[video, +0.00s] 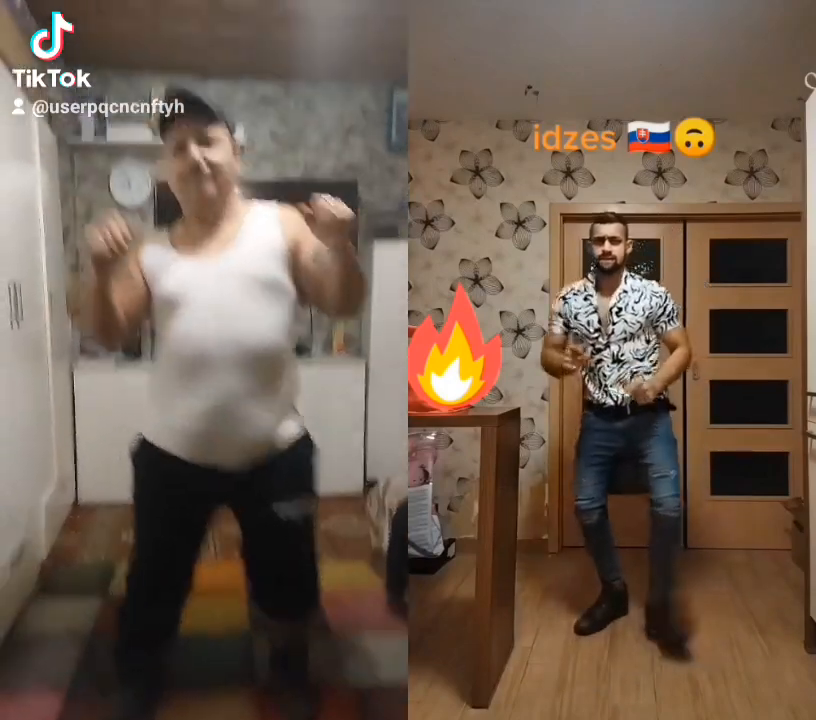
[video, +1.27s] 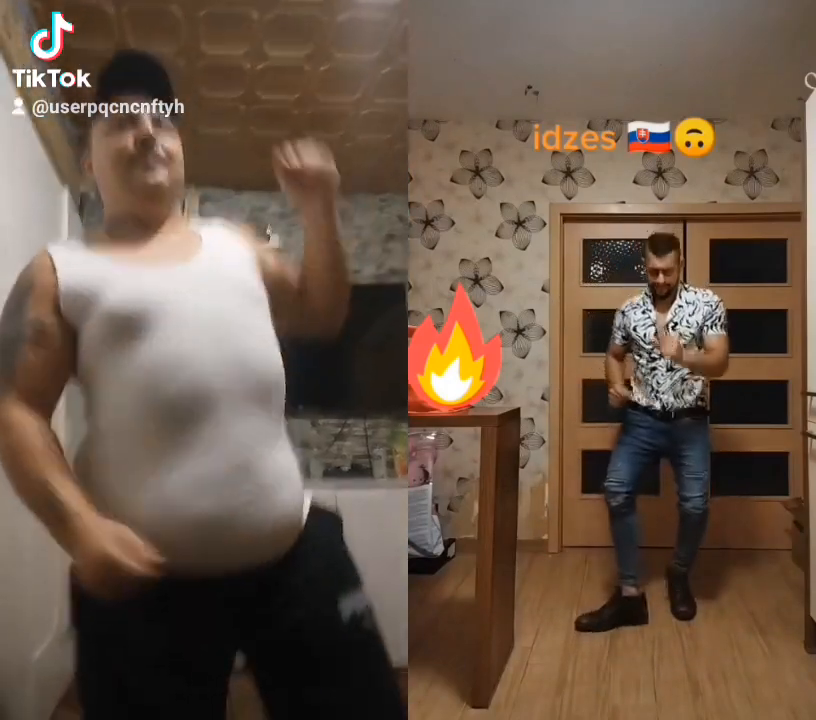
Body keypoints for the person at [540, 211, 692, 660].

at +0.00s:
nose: (606, 248)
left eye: (614, 241)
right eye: (599, 241)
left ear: (628, 247)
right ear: (589, 247)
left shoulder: (652, 295)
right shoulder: (572, 300)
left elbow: (682, 350)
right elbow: (548, 356)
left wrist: (656, 383)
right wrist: (567, 363)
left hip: (649, 418)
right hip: (599, 419)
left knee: (668, 506)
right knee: (587, 505)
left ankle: (660, 612)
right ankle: (613, 592)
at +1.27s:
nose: (660, 280)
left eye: (667, 271)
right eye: (653, 272)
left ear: (681, 266)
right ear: (644, 268)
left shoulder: (707, 304)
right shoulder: (629, 313)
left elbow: (719, 362)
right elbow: (614, 356)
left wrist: (682, 354)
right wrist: (617, 385)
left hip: (689, 422)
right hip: (642, 419)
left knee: (695, 505)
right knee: (616, 492)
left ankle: (680, 576)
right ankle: (630, 596)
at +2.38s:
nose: (619, 285)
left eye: (624, 278)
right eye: (611, 278)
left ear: (630, 278)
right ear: (595, 277)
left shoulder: (646, 311)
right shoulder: (574, 321)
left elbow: (672, 367)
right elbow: (552, 370)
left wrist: (660, 348)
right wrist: (563, 388)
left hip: (646, 421)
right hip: (598, 424)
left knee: (679, 485)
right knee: (586, 499)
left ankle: (654, 578)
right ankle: (606, 568)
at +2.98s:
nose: (616, 272)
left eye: (621, 266)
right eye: (609, 265)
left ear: (627, 271)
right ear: (594, 269)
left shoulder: (644, 310)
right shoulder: (573, 313)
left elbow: (659, 364)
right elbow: (550, 364)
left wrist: (652, 360)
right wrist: (574, 383)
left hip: (642, 415)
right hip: (599, 416)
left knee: (673, 480)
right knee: (591, 491)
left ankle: (664, 577)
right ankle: (607, 569)